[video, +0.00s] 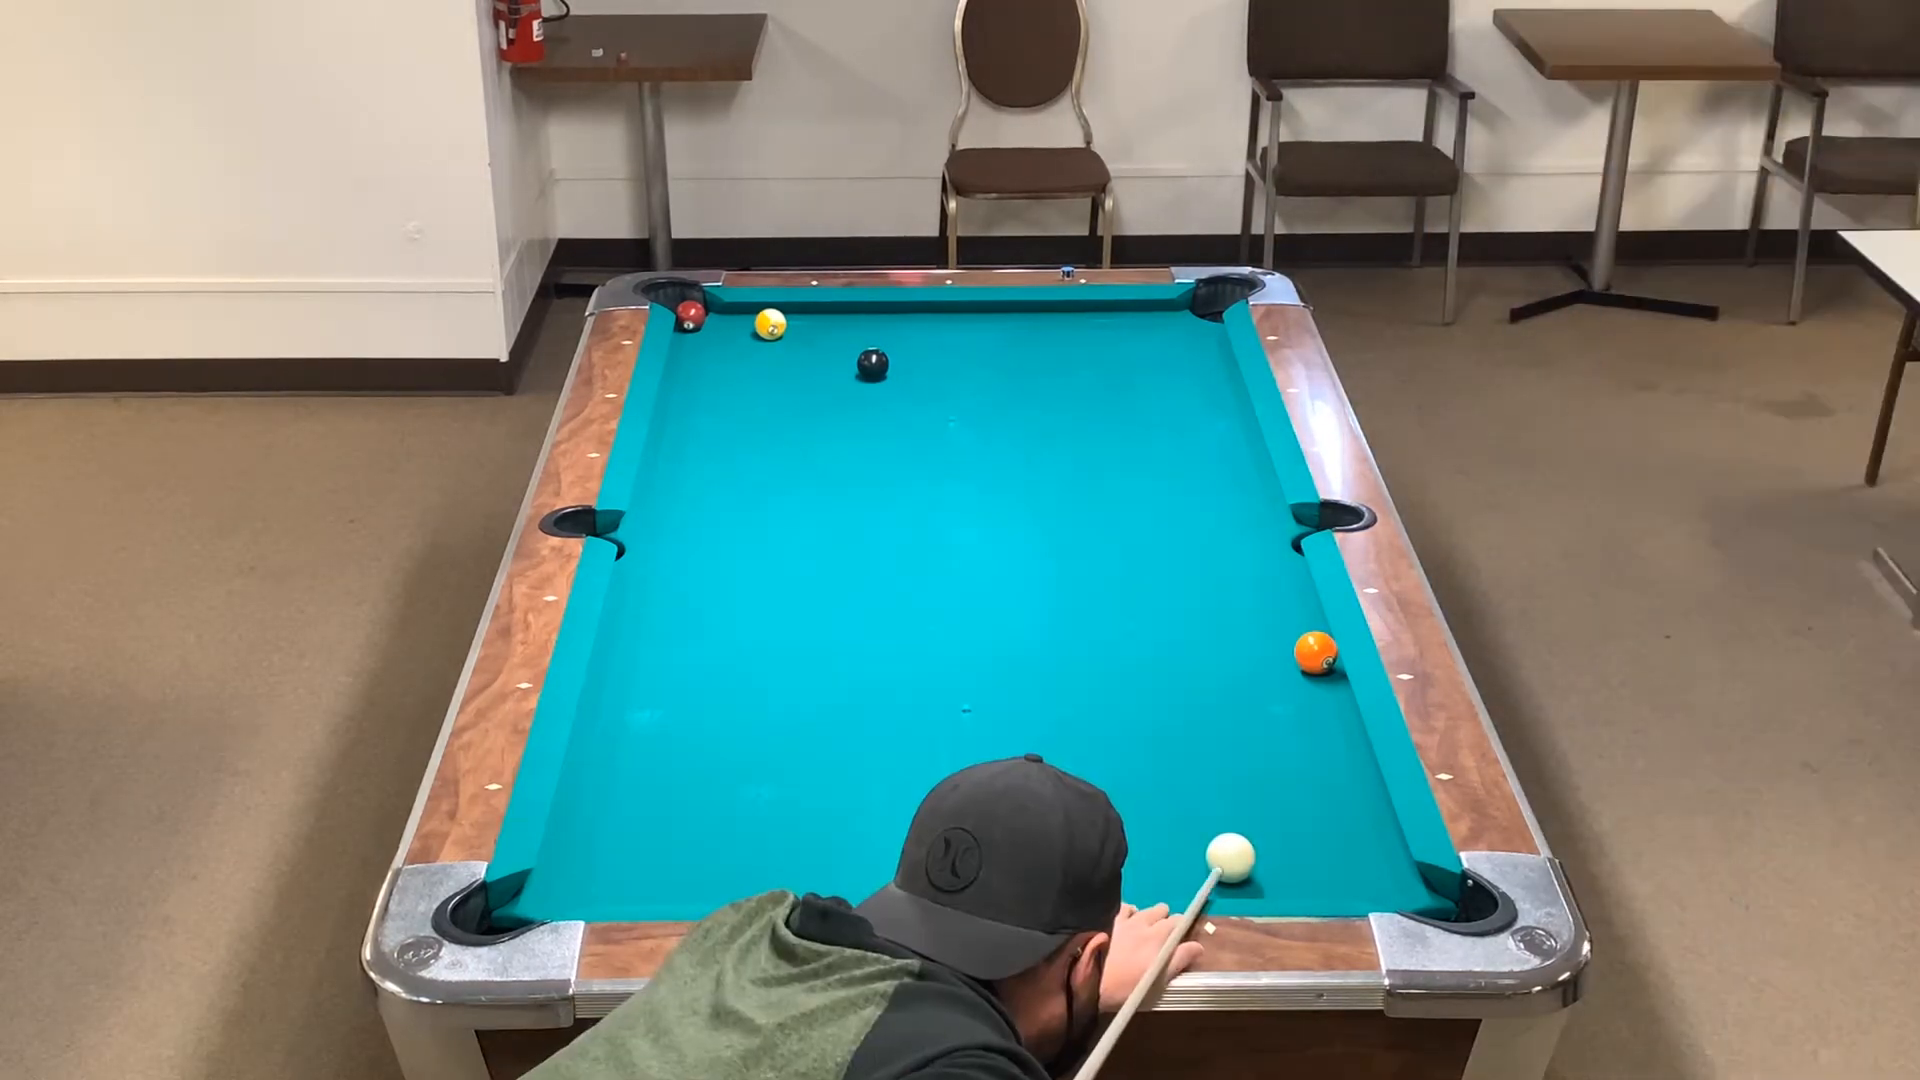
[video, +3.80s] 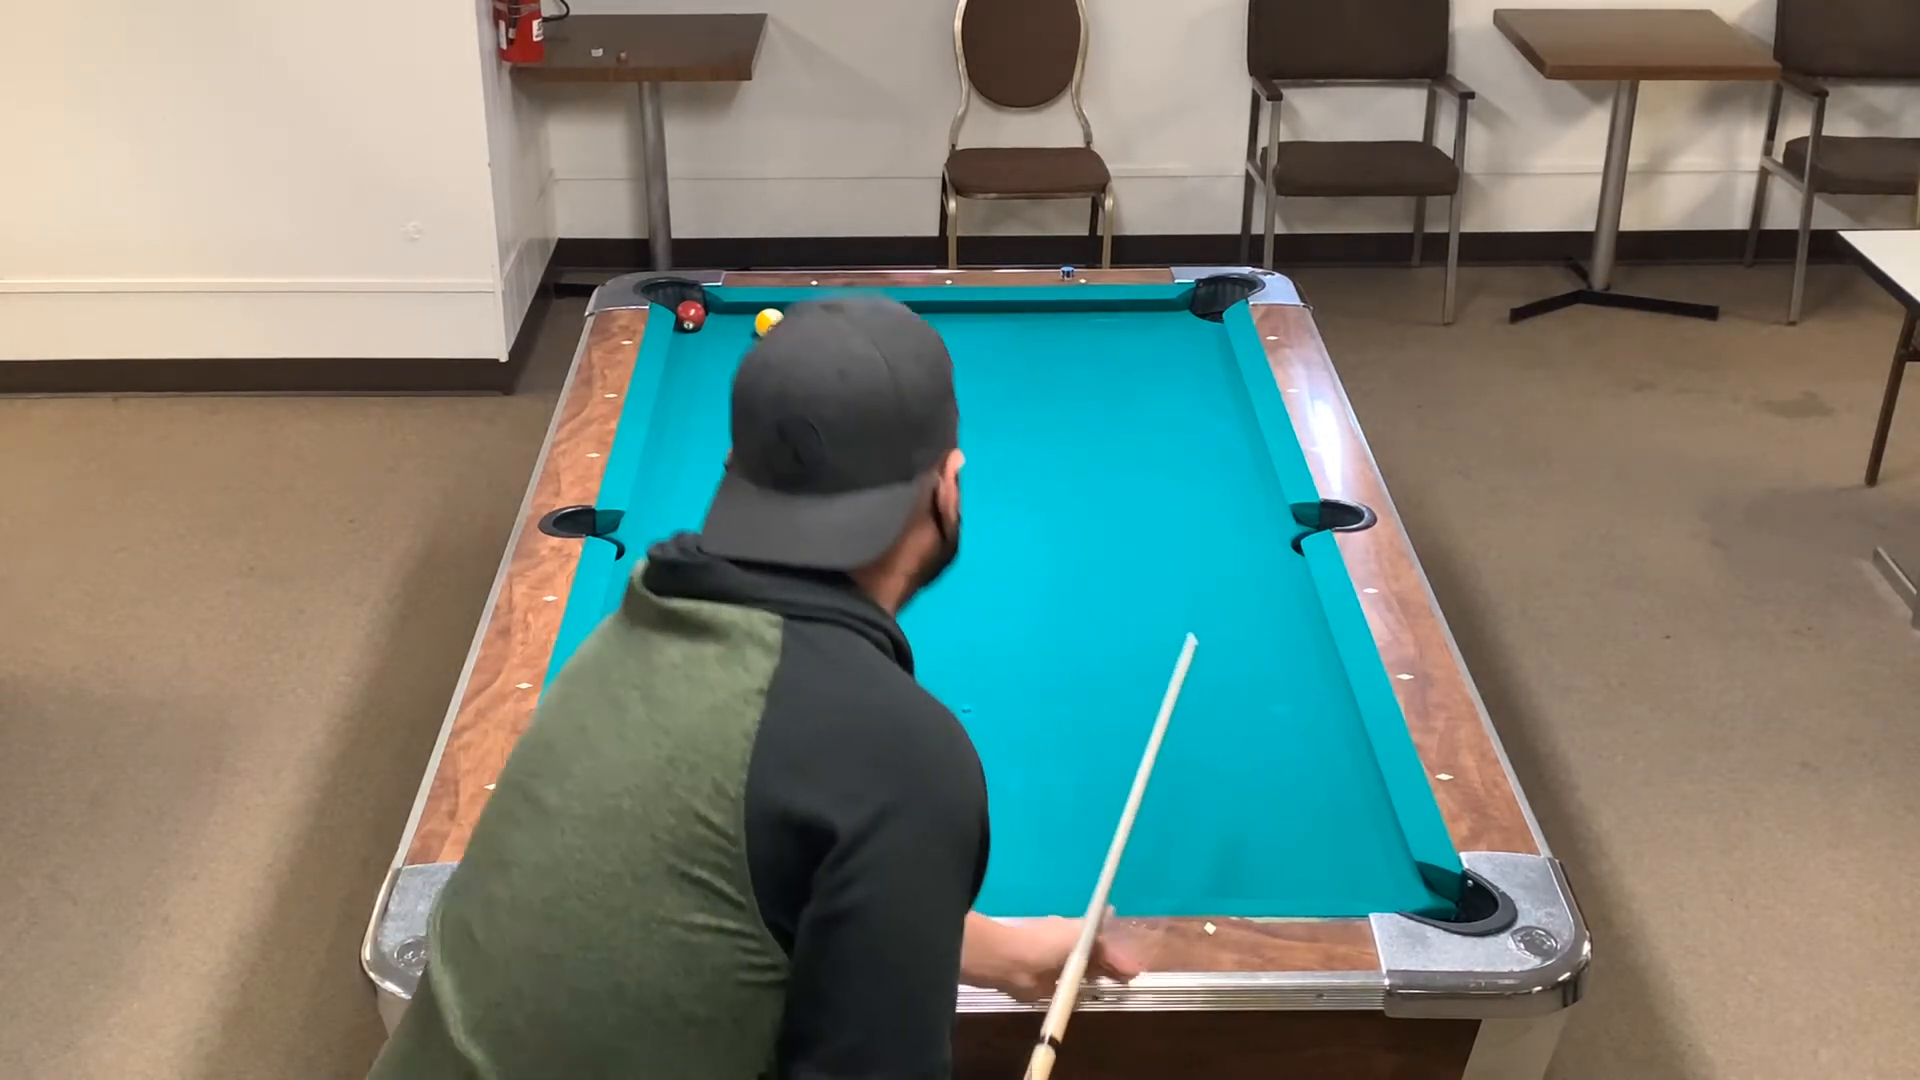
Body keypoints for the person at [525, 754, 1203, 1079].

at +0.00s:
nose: (1108, 948)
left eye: (1109, 936)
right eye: (1110, 936)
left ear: (910, 876)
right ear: (1082, 962)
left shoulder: (755, 921)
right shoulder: (965, 1061)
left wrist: (1080, 993)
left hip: (557, 1066)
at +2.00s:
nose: (1108, 940)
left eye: (1107, 929)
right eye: (1107, 928)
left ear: (908, 873)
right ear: (1082, 958)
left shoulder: (750, 916)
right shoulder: (969, 1057)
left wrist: (1076, 994)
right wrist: (1100, 1016)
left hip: (558, 1063)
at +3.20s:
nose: (1068, 874)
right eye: (1069, 853)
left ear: (878, 786)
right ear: (1055, 867)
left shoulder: (754, 857)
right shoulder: (966, 1031)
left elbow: (859, 1004)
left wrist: (1059, 985)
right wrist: (1074, 988)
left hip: (510, 1052)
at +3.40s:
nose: (1056, 751)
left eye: (1053, 729)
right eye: (1057, 733)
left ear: (854, 688)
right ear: (1040, 759)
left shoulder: (750, 793)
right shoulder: (967, 971)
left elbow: (821, 947)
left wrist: (1057, 972)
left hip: (465, 1044)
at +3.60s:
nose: (1019, 613)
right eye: (1023, 592)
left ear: (806, 578)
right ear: (1003, 620)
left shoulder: (709, 709)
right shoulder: (942, 862)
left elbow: (800, 892)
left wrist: (1040, 955)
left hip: (430, 1048)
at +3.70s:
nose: (991, 552)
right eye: (991, 531)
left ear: (779, 519)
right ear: (974, 557)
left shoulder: (675, 670)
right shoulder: (926, 807)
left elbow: (773, 886)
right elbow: (885, 1068)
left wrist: (1026, 954)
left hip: (417, 1053)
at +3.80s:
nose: (962, 483)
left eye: (953, 458)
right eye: (959, 463)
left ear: (752, 461)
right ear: (942, 491)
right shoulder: (900, 755)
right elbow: (870, 1061)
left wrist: (1016, 952)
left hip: (425, 1047)